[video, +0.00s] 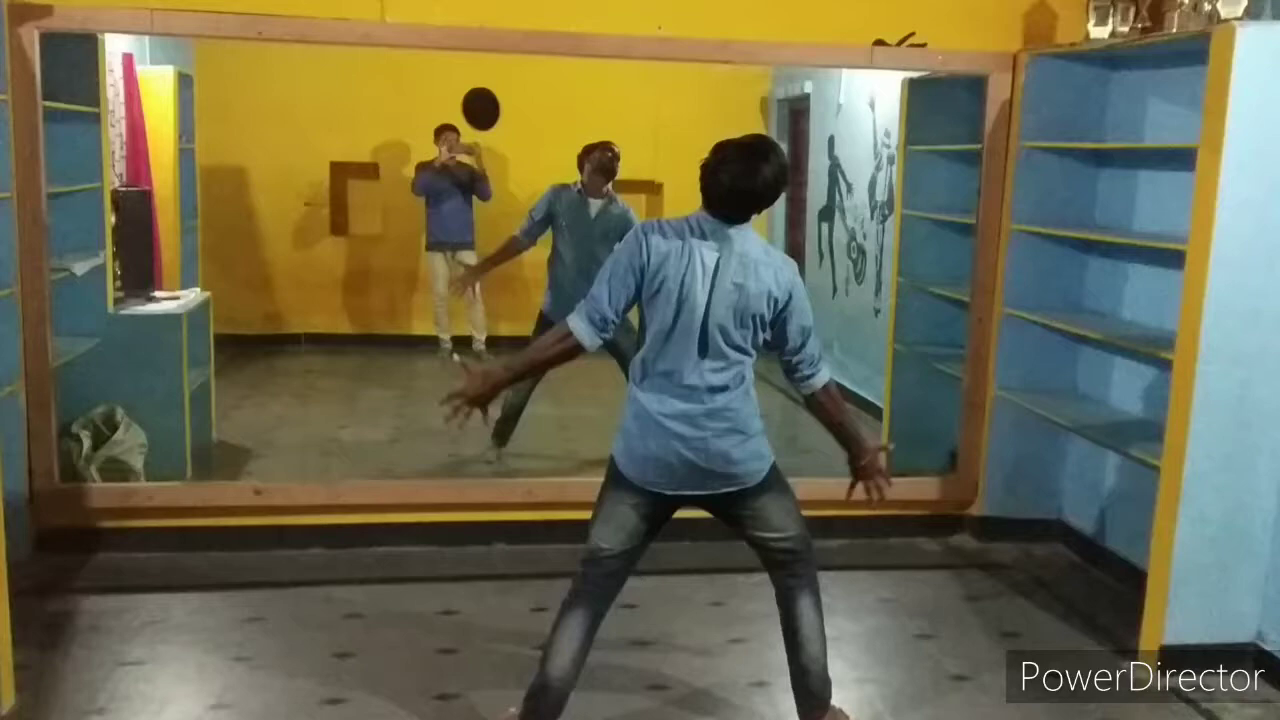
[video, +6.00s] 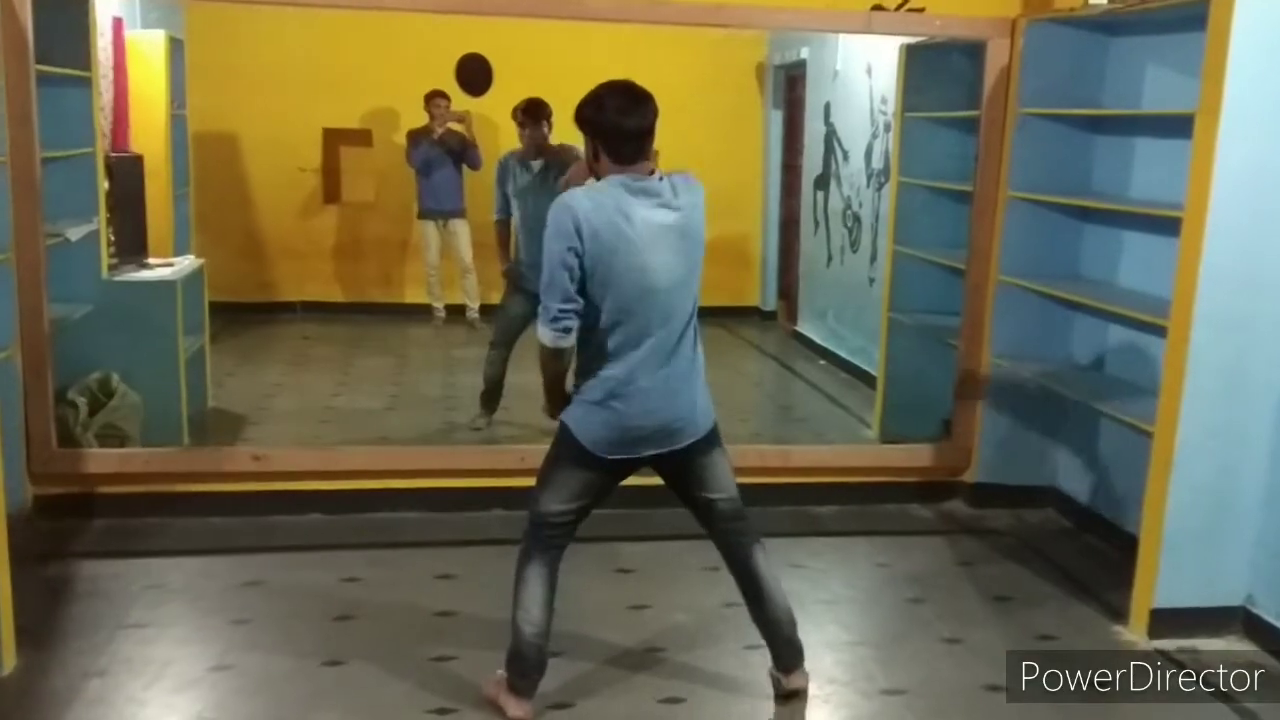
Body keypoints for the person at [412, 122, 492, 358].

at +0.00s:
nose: (449, 145)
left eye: (453, 140)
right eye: (444, 140)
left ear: (459, 144)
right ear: (437, 143)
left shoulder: (467, 169)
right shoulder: (426, 168)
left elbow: (485, 194)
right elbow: (418, 189)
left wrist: (478, 164)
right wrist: (438, 164)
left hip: (465, 242)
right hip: (437, 243)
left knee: (473, 292)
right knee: (440, 294)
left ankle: (479, 343)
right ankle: (444, 342)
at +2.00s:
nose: (444, 116)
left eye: (448, 112)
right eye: (440, 112)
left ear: (453, 114)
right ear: (431, 114)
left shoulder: (460, 141)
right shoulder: (421, 140)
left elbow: (480, 167)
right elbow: (413, 162)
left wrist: (473, 138)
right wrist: (433, 136)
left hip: (460, 214)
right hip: (432, 215)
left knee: (471, 266)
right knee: (436, 268)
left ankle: (476, 314)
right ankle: (441, 313)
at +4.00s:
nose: (440, 116)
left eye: (444, 111)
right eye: (436, 111)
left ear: (450, 114)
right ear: (427, 113)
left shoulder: (456, 140)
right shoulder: (417, 139)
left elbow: (475, 166)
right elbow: (409, 160)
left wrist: (469, 135)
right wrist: (429, 134)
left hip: (456, 213)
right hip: (428, 214)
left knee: (466, 265)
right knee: (432, 267)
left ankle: (473, 313)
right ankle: (438, 312)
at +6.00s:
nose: (440, 111)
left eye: (444, 107)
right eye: (436, 106)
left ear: (450, 110)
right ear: (427, 109)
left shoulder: (456, 137)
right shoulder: (417, 135)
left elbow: (475, 163)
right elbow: (414, 161)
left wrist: (469, 132)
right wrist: (435, 135)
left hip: (455, 210)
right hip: (428, 211)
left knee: (466, 263)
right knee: (432, 265)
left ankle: (473, 311)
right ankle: (438, 310)